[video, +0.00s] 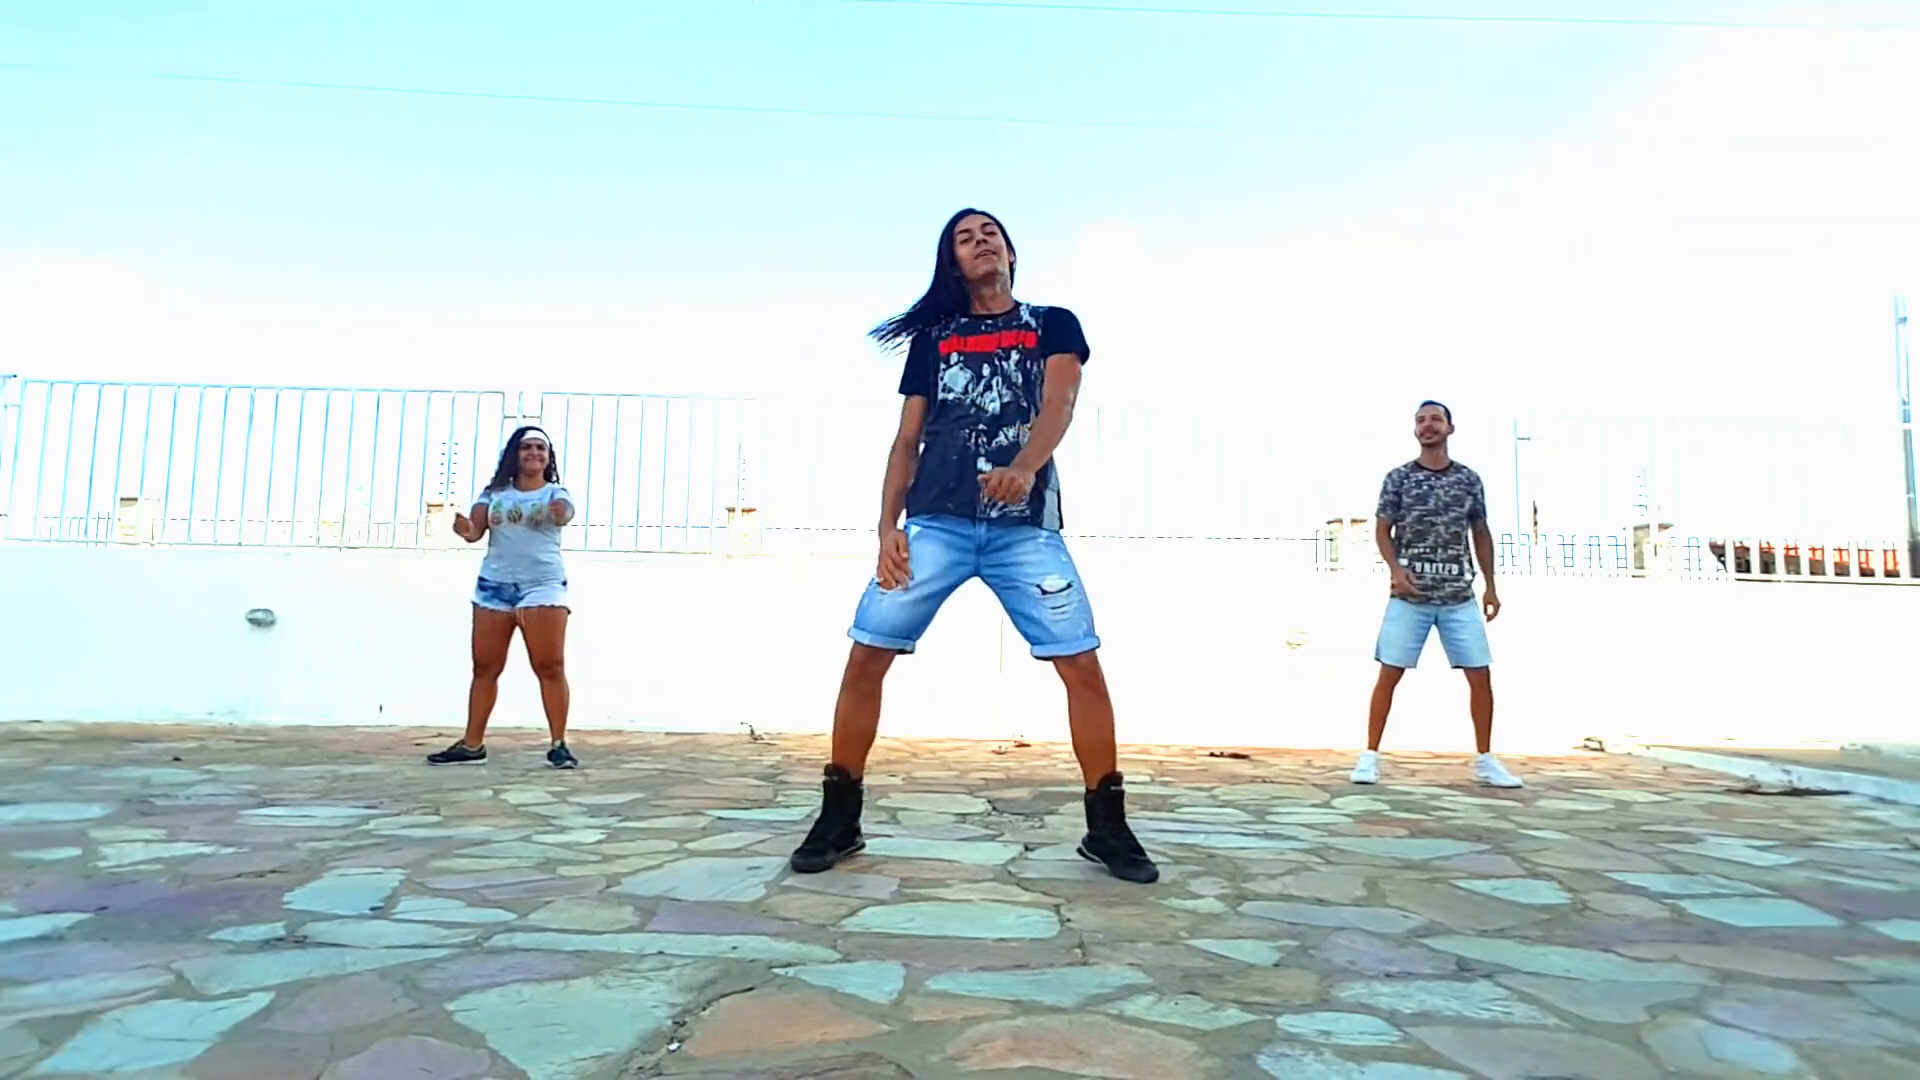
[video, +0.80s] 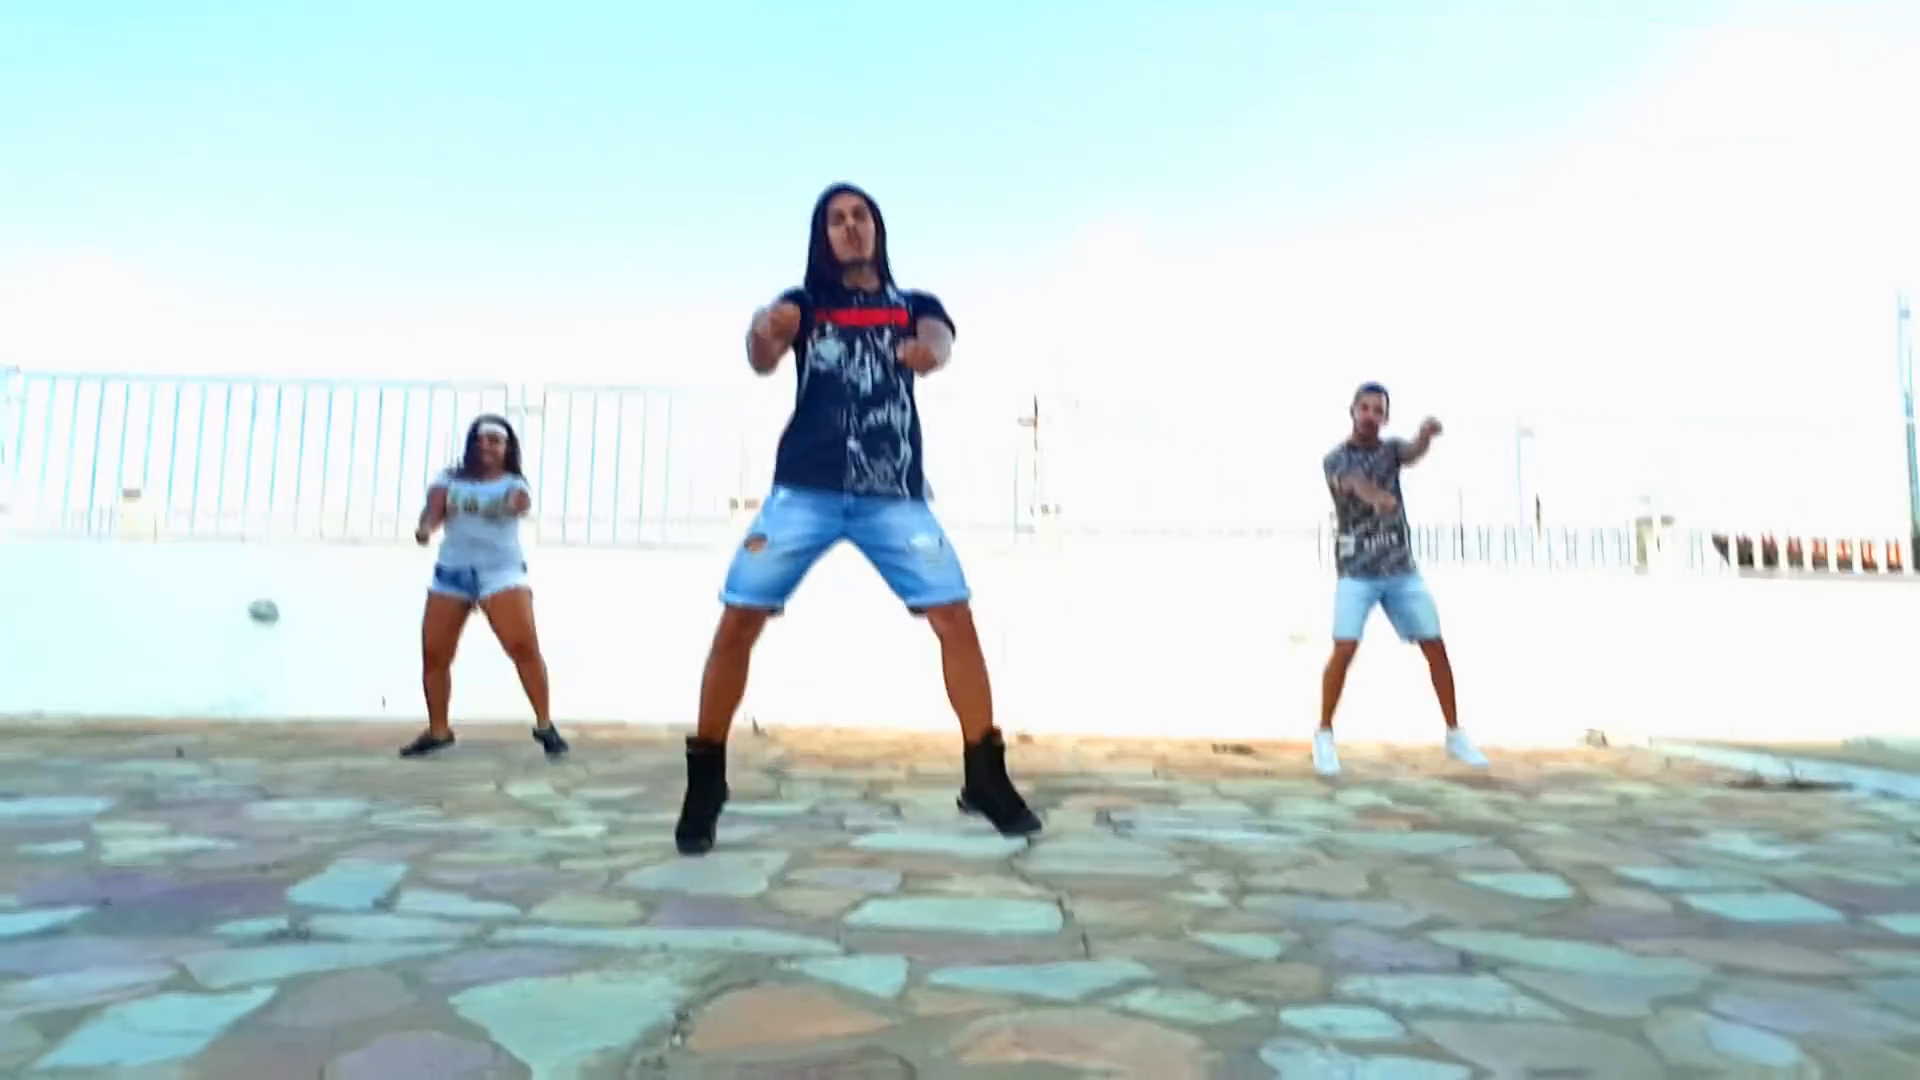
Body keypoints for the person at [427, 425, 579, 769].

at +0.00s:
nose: (534, 453)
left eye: (540, 448)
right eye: (527, 448)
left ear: (548, 457)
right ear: (514, 455)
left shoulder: (555, 492)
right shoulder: (494, 493)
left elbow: (562, 511)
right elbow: (475, 530)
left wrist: (557, 514)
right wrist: (466, 528)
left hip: (542, 586)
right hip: (494, 585)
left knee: (549, 667)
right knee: (484, 668)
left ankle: (558, 744)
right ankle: (472, 743)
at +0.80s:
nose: (489, 446)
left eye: (497, 440)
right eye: (483, 439)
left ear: (508, 448)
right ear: (472, 445)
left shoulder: (512, 483)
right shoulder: (449, 481)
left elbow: (520, 499)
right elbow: (433, 510)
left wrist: (517, 506)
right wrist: (426, 526)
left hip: (501, 570)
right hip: (453, 569)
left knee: (523, 648)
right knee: (434, 655)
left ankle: (544, 724)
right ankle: (438, 730)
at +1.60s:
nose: (372, 457)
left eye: (381, 453)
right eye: (366, 453)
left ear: (396, 465)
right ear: (358, 463)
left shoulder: (403, 500)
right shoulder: (342, 498)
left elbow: (407, 519)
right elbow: (322, 536)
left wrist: (390, 522)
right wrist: (336, 547)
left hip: (381, 591)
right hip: (332, 589)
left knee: (380, 665)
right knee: (300, 665)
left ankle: (390, 740)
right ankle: (300, 741)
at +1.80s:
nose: (363, 433)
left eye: (372, 430)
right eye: (357, 428)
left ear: (384, 442)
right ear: (346, 437)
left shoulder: (393, 475)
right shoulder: (324, 472)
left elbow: (390, 496)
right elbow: (300, 507)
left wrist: (381, 493)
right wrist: (286, 517)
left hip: (372, 564)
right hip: (322, 563)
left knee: (381, 646)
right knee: (299, 649)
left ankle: (391, 724)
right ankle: (290, 726)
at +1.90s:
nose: (359, 431)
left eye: (368, 428)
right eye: (353, 425)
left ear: (381, 440)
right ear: (342, 435)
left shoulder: (389, 473)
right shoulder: (320, 468)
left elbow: (390, 502)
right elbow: (299, 506)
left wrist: (378, 497)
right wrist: (294, 519)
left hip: (370, 564)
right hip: (320, 563)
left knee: (385, 643)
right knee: (296, 647)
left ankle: (398, 721)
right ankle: (287, 725)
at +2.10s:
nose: (356, 457)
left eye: (366, 455)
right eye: (350, 453)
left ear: (378, 471)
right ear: (341, 466)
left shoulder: (387, 511)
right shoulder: (324, 505)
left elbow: (398, 562)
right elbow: (301, 546)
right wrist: (281, 568)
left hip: (365, 600)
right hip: (314, 596)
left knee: (386, 674)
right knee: (282, 669)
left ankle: (397, 738)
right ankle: (288, 739)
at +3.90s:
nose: (652, 467)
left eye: (658, 462)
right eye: (644, 464)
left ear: (671, 473)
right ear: (635, 477)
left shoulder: (687, 511)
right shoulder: (625, 516)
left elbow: (702, 553)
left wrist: (719, 592)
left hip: (676, 604)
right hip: (624, 604)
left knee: (695, 674)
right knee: (588, 675)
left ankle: (701, 747)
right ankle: (585, 747)